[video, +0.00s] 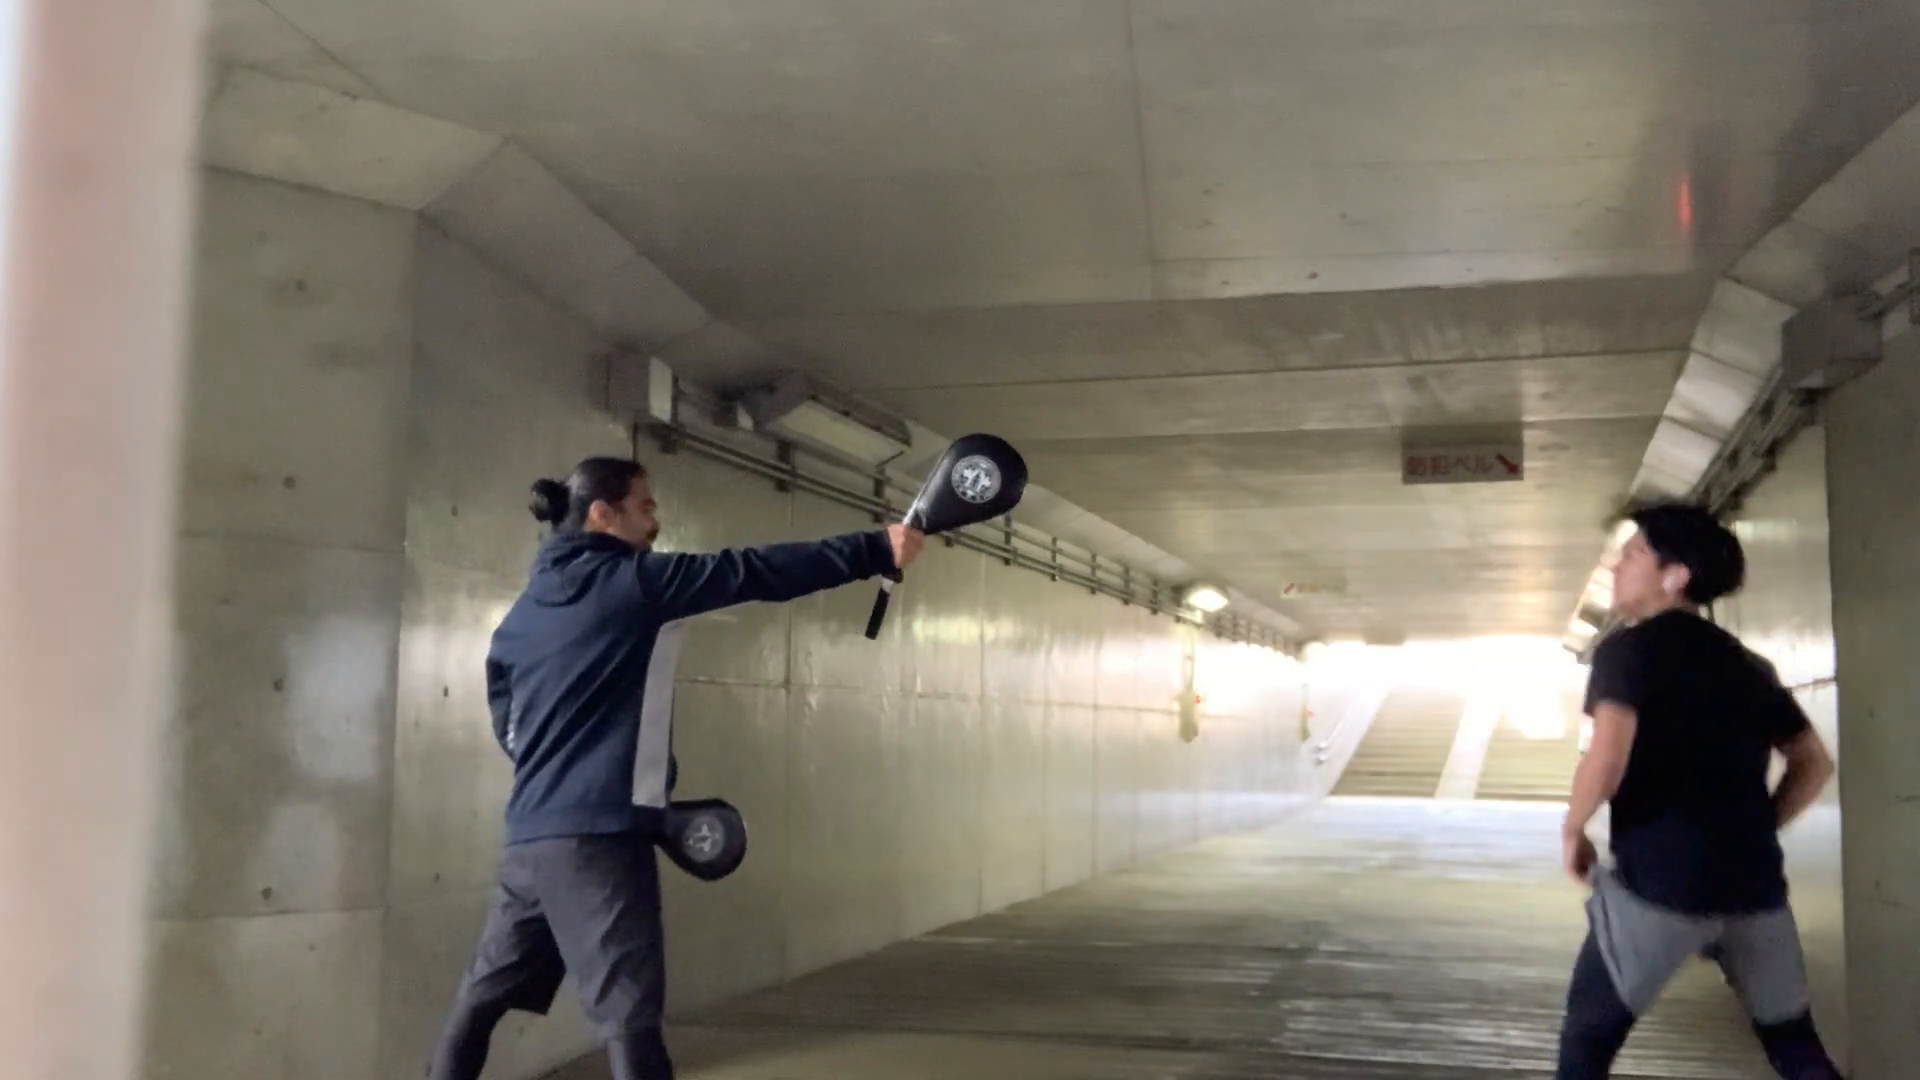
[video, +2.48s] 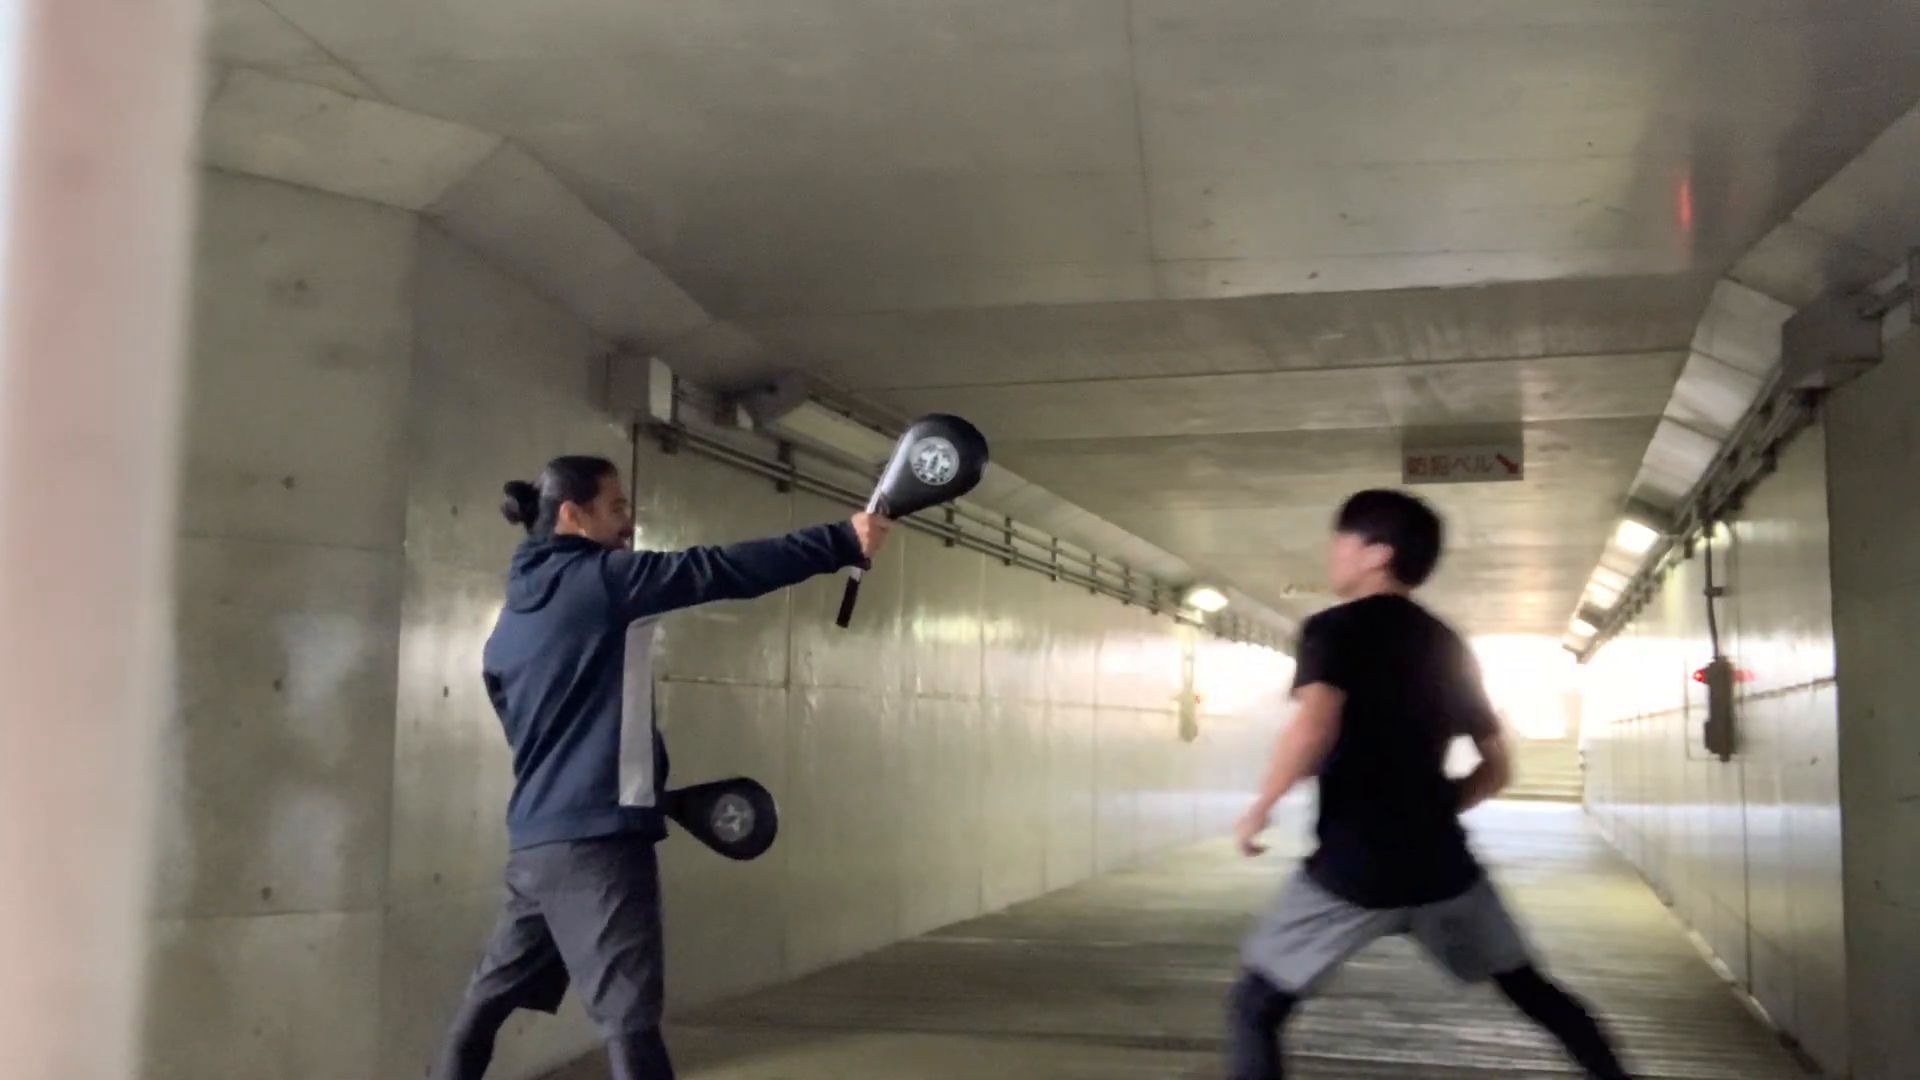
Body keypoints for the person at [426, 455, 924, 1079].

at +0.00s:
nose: (657, 521)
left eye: (653, 506)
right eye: (646, 506)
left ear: (594, 514)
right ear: (602, 512)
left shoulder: (516, 620)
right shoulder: (635, 579)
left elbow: (516, 736)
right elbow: (752, 571)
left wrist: (621, 791)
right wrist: (877, 548)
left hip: (531, 834)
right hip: (595, 832)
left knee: (476, 1004)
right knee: (629, 1024)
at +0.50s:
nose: (657, 521)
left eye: (654, 506)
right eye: (646, 506)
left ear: (595, 515)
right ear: (602, 513)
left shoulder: (518, 621)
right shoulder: (636, 578)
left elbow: (520, 734)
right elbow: (755, 570)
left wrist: (616, 788)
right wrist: (877, 547)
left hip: (533, 834)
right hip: (598, 832)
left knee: (477, 1004)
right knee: (631, 1023)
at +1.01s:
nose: (658, 522)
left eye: (655, 507)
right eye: (647, 507)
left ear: (595, 515)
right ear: (602, 513)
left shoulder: (520, 620)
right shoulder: (637, 578)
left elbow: (521, 735)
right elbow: (753, 571)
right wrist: (876, 548)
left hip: (534, 833)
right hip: (599, 832)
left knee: (479, 1003)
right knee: (631, 1022)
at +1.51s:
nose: (648, 521)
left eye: (645, 506)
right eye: (637, 506)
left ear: (585, 518)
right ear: (592, 515)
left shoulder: (518, 628)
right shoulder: (611, 583)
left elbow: (550, 740)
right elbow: (721, 586)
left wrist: (640, 789)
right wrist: (843, 564)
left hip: (536, 835)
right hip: (594, 837)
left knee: (485, 1000)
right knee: (630, 1025)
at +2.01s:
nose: (634, 519)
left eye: (631, 506)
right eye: (622, 506)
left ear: (571, 519)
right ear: (575, 514)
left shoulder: (510, 631)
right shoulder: (604, 579)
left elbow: (546, 746)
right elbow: (717, 573)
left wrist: (646, 795)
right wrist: (838, 543)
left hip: (538, 837)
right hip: (599, 837)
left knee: (487, 1001)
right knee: (630, 1023)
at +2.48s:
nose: (630, 521)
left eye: (627, 508)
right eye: (618, 508)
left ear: (564, 518)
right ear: (570, 514)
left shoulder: (506, 632)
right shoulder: (605, 578)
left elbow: (540, 746)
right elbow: (720, 570)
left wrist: (636, 782)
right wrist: (843, 540)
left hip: (536, 836)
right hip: (598, 835)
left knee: (487, 1000)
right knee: (630, 1022)